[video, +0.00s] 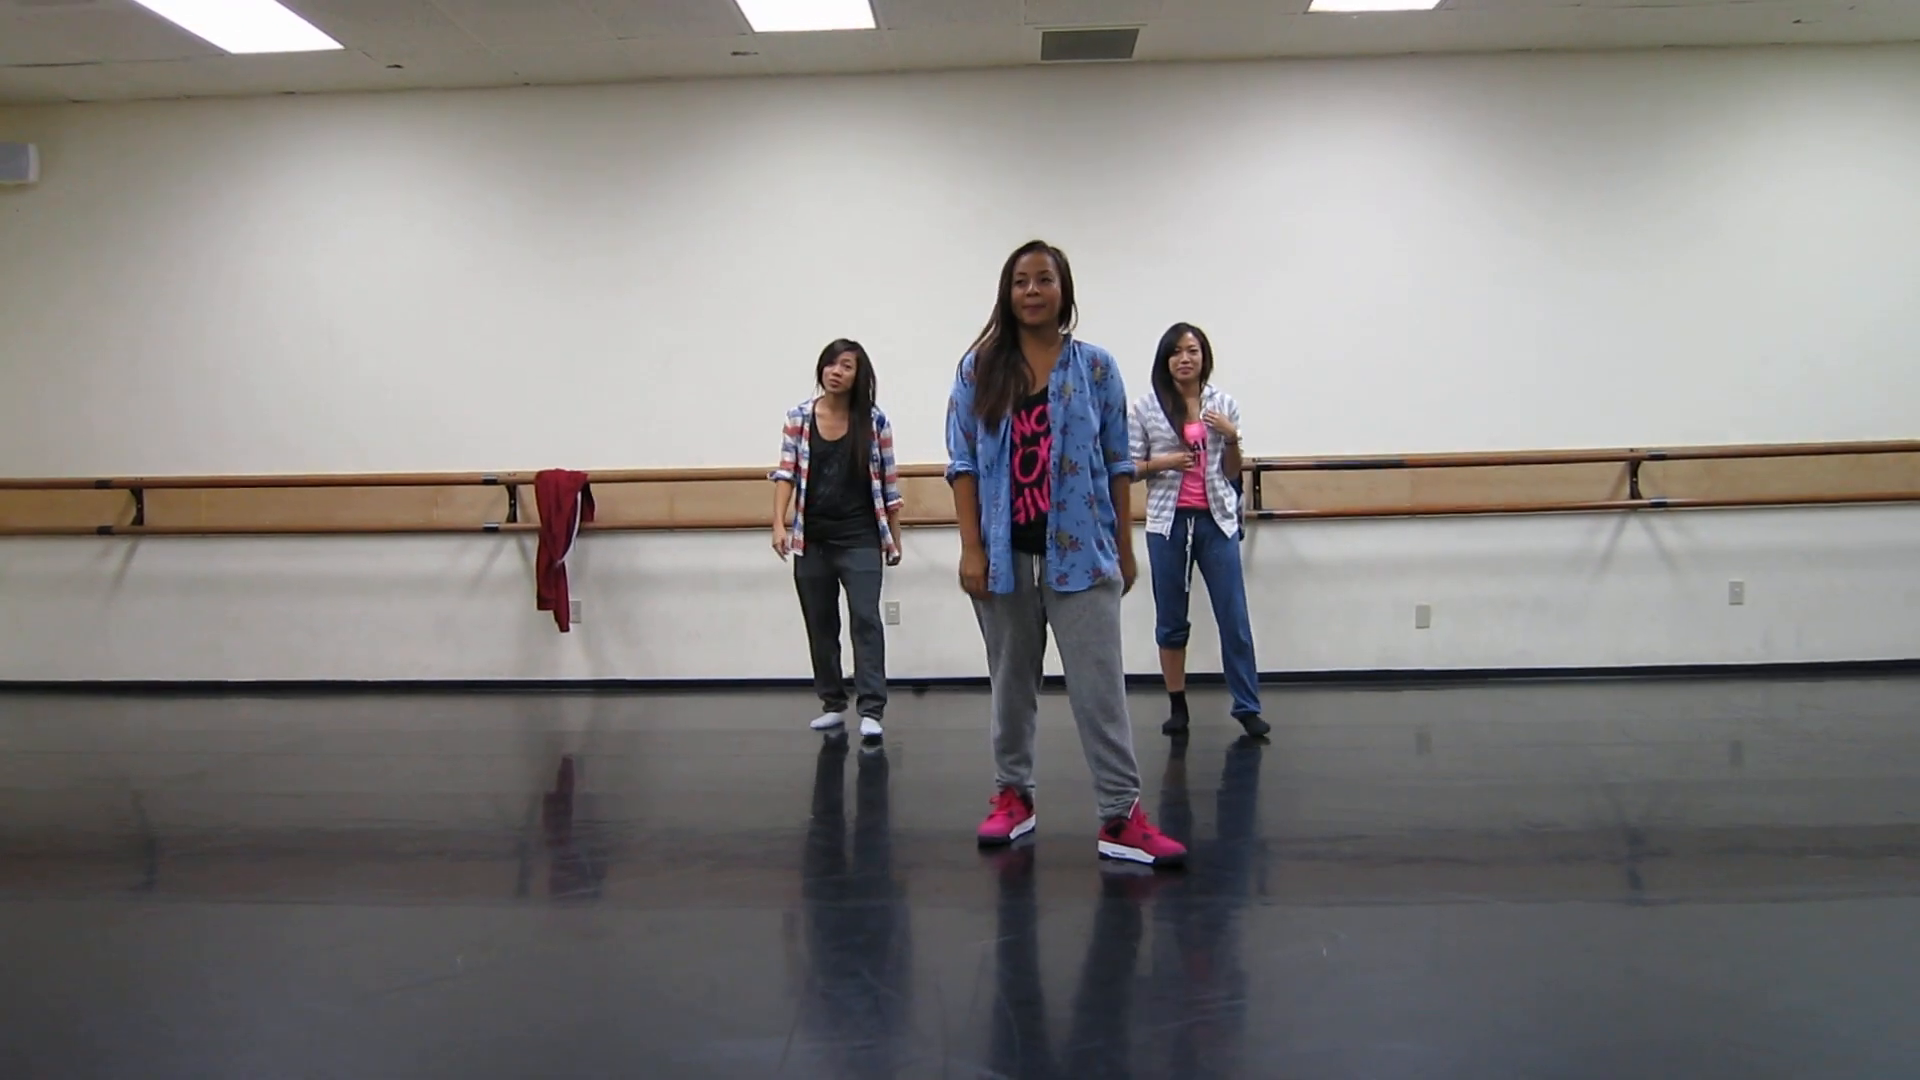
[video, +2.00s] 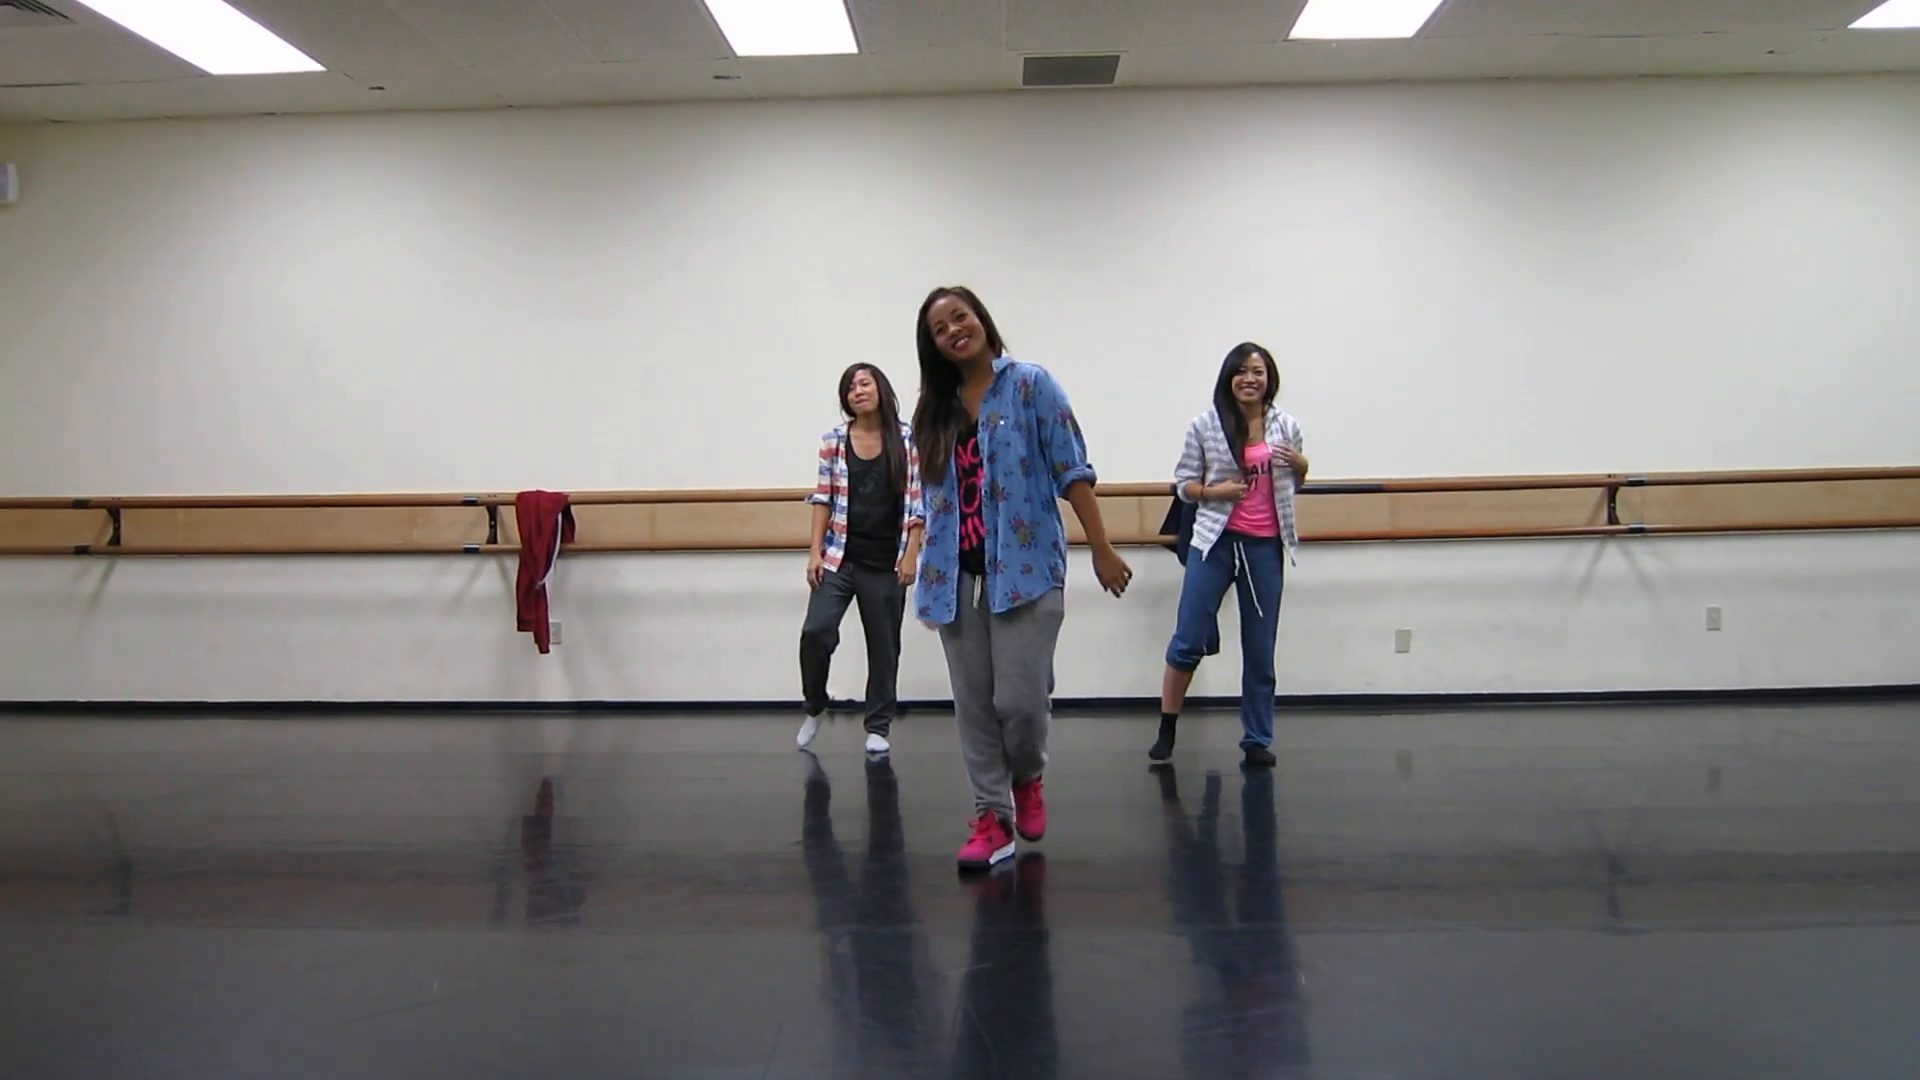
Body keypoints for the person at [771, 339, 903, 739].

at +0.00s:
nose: (837, 371)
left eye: (847, 366)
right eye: (832, 363)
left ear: (859, 376)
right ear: (821, 369)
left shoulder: (875, 420)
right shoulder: (800, 417)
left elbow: (889, 480)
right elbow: (786, 474)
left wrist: (894, 533)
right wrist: (779, 522)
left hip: (862, 541)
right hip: (812, 543)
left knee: (866, 622)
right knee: (821, 628)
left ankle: (871, 711)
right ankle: (832, 706)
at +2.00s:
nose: (859, 389)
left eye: (866, 383)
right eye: (852, 386)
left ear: (882, 390)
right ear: (846, 398)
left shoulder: (906, 438)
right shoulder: (833, 440)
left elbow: (918, 503)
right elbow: (823, 498)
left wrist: (911, 554)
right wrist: (815, 551)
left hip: (885, 565)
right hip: (838, 560)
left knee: (883, 651)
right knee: (815, 632)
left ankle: (878, 729)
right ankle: (815, 709)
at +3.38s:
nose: (807, 406)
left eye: (814, 400)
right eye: (800, 401)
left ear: (828, 407)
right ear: (792, 410)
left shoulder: (848, 451)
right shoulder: (777, 454)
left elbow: (857, 509)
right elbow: (766, 510)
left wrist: (849, 558)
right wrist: (764, 560)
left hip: (836, 570)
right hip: (788, 570)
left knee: (845, 647)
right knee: (794, 653)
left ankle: (850, 707)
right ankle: (805, 733)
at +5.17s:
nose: (827, 411)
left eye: (835, 406)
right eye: (820, 406)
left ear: (848, 418)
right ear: (810, 416)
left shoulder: (866, 462)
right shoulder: (792, 462)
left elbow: (894, 515)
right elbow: (765, 505)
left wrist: (887, 549)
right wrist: (766, 541)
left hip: (851, 588)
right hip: (802, 590)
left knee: (850, 669)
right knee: (813, 674)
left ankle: (850, 760)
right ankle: (829, 750)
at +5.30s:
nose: (823, 416)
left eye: (830, 409)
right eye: (816, 411)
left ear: (845, 419)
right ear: (806, 424)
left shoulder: (866, 463)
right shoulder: (795, 465)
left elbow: (902, 496)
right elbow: (765, 505)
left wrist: (909, 479)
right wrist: (756, 464)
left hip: (854, 589)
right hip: (803, 590)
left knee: (850, 673)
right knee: (806, 679)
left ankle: (847, 766)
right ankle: (832, 721)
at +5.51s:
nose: (818, 422)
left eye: (824, 414)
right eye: (810, 419)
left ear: (840, 422)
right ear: (803, 433)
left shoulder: (861, 469)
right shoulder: (791, 471)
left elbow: (894, 503)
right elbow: (746, 479)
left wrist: (909, 484)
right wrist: (698, 475)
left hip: (850, 596)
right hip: (800, 593)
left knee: (849, 681)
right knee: (798, 670)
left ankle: (846, 768)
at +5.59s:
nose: (813, 415)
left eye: (820, 408)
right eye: (805, 412)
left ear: (835, 415)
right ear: (798, 425)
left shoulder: (855, 459)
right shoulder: (793, 461)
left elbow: (839, 492)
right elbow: (775, 473)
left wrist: (802, 505)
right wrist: (778, 475)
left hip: (843, 590)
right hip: (795, 585)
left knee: (847, 684)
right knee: (779, 654)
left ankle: (844, 766)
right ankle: (770, 737)